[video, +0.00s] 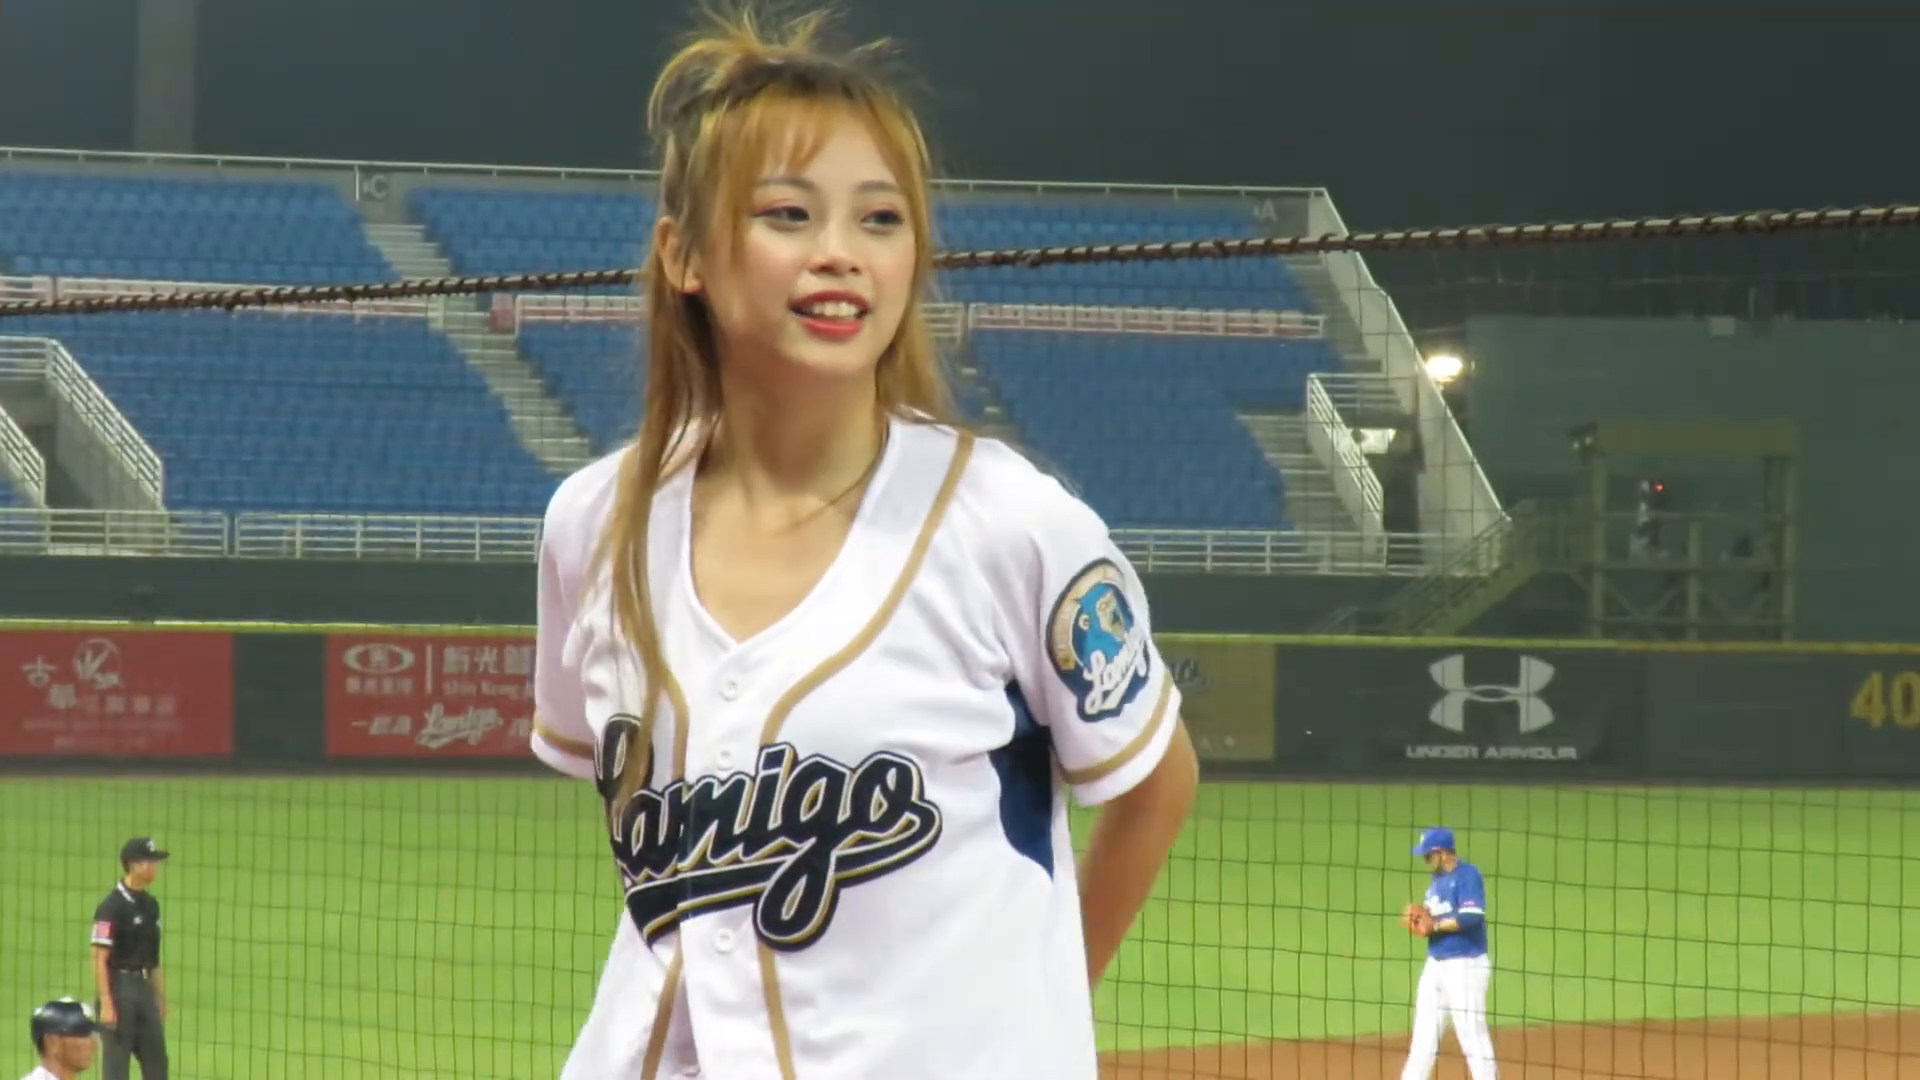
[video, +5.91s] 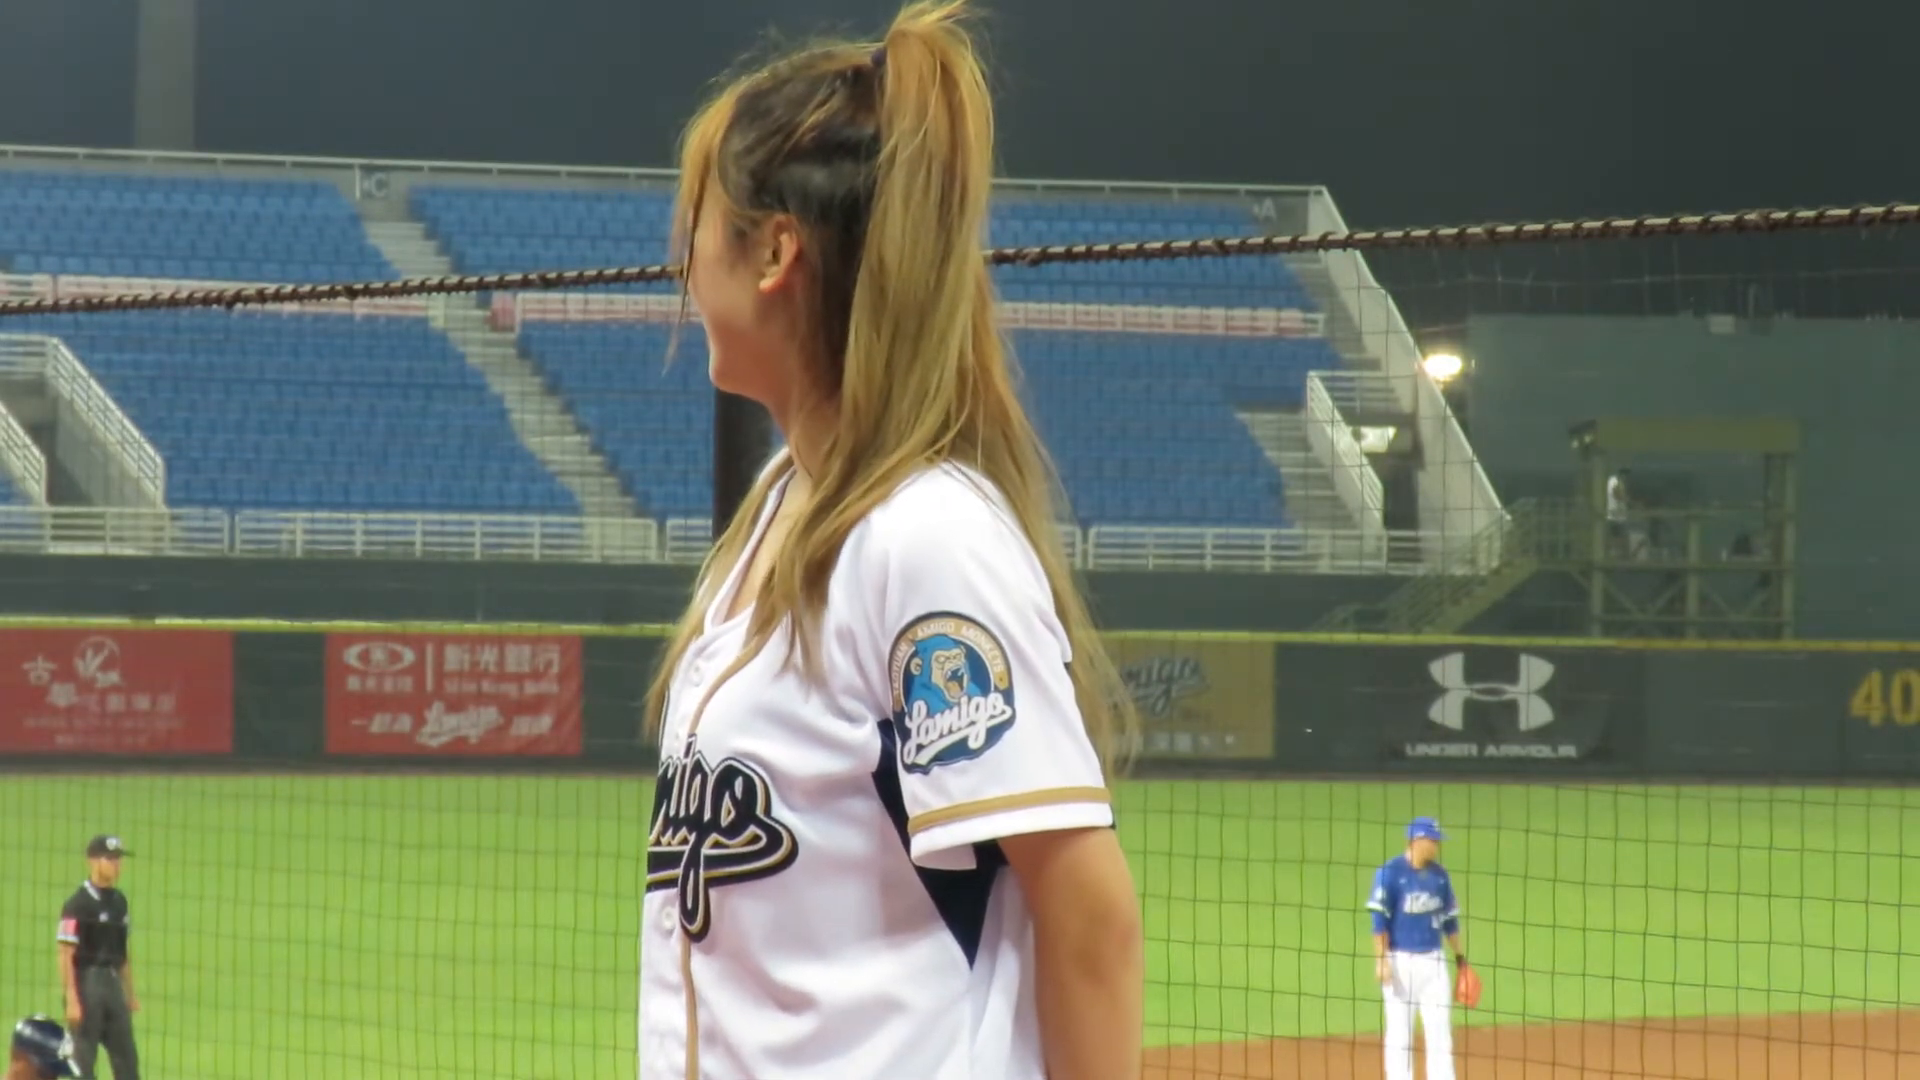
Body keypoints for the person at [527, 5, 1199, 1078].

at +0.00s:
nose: (841, 257)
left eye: (880, 219)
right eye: (788, 214)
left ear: (916, 263)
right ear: (688, 260)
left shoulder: (1019, 527)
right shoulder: (597, 523)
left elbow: (1156, 782)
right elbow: (632, 795)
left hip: (966, 1052)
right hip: (674, 1047)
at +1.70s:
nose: (691, 247)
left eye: (748, 210)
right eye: (698, 208)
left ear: (886, 258)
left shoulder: (1037, 524)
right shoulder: (650, 506)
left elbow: (1137, 859)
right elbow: (670, 851)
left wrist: (1097, 1072)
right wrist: (661, 1060)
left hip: (972, 1060)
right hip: (698, 1061)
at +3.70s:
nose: (684, 259)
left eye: (697, 224)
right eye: (691, 223)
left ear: (772, 259)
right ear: (775, 258)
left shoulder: (937, 529)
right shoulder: (781, 508)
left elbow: (1100, 900)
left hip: (885, 1055)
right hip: (720, 1051)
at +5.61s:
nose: (680, 259)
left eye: (695, 222)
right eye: (689, 220)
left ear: (772, 255)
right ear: (772, 255)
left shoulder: (927, 535)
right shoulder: (778, 500)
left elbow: (1089, 909)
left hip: (881, 1057)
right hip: (718, 1051)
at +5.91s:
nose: (685, 269)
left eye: (699, 228)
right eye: (693, 228)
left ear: (777, 255)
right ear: (774, 255)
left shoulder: (932, 536)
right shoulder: (780, 503)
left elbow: (1094, 916)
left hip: (881, 1057)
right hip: (717, 1052)